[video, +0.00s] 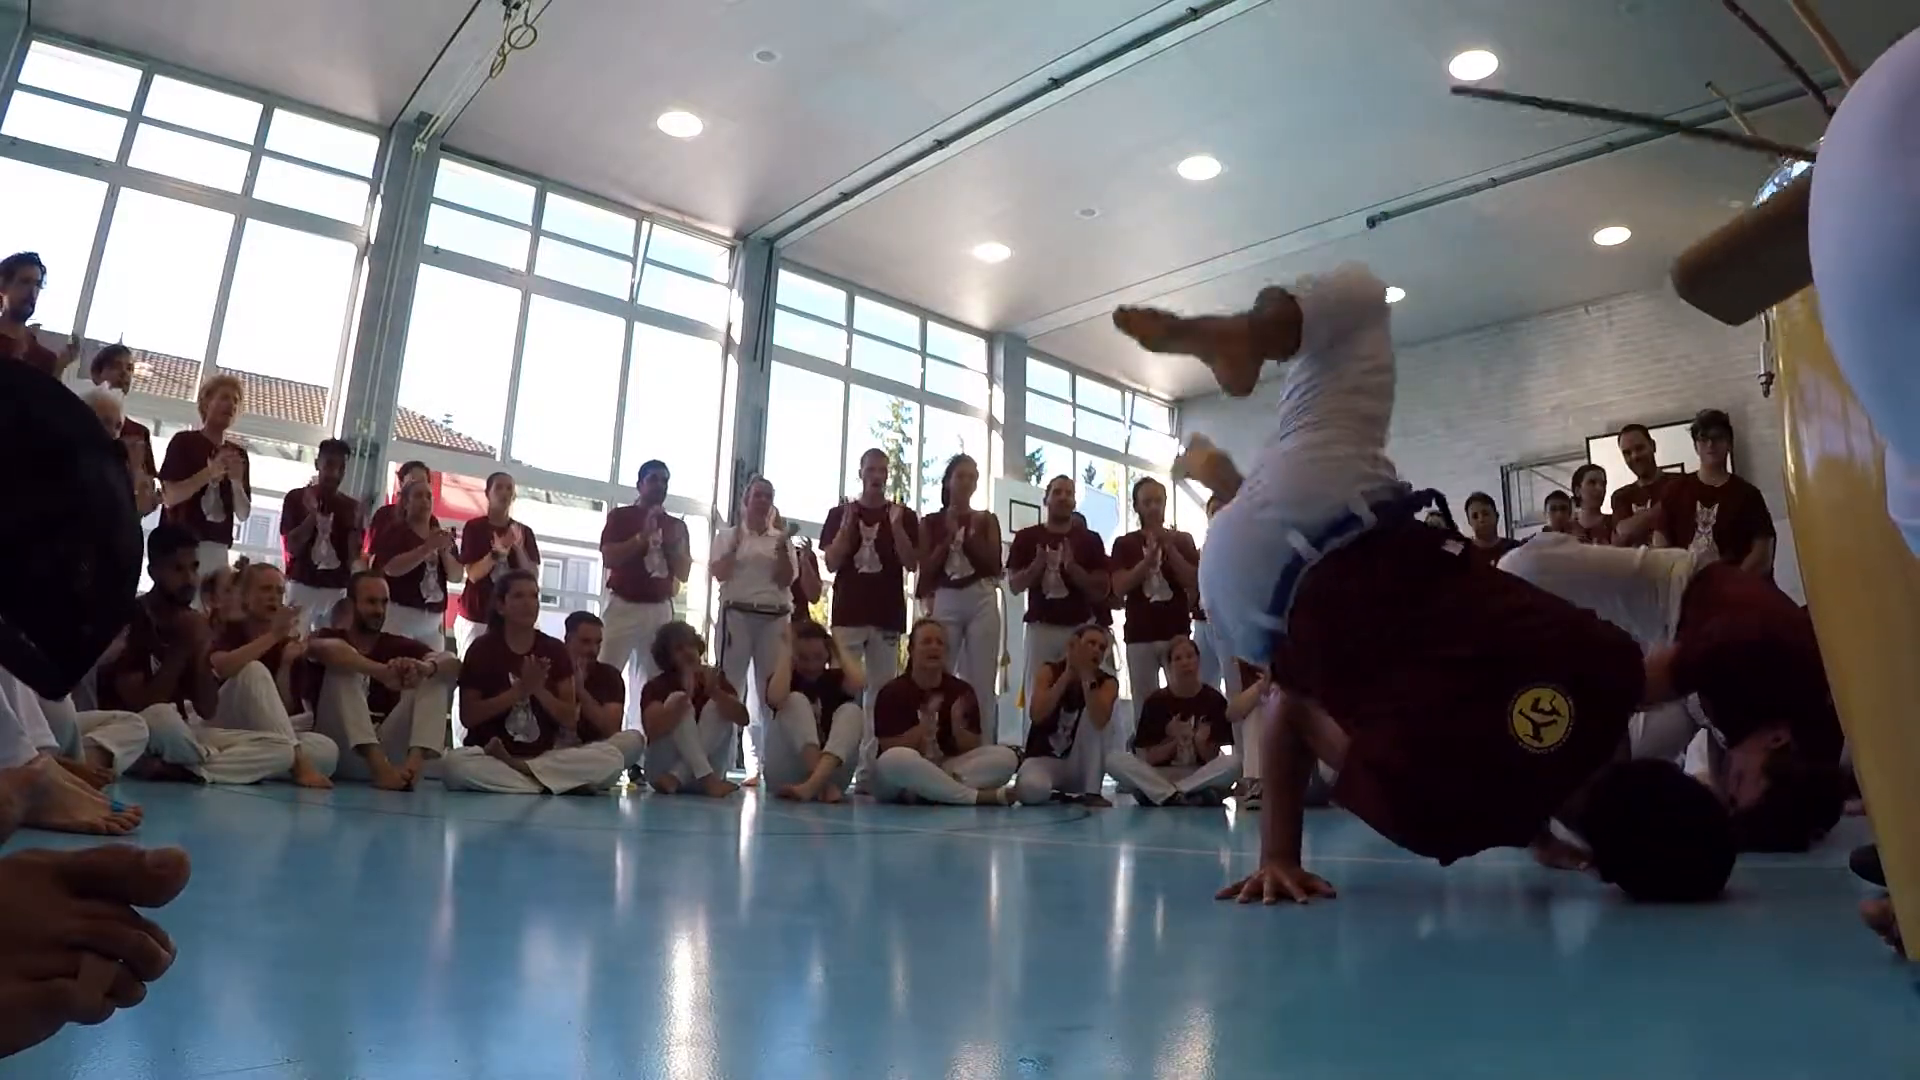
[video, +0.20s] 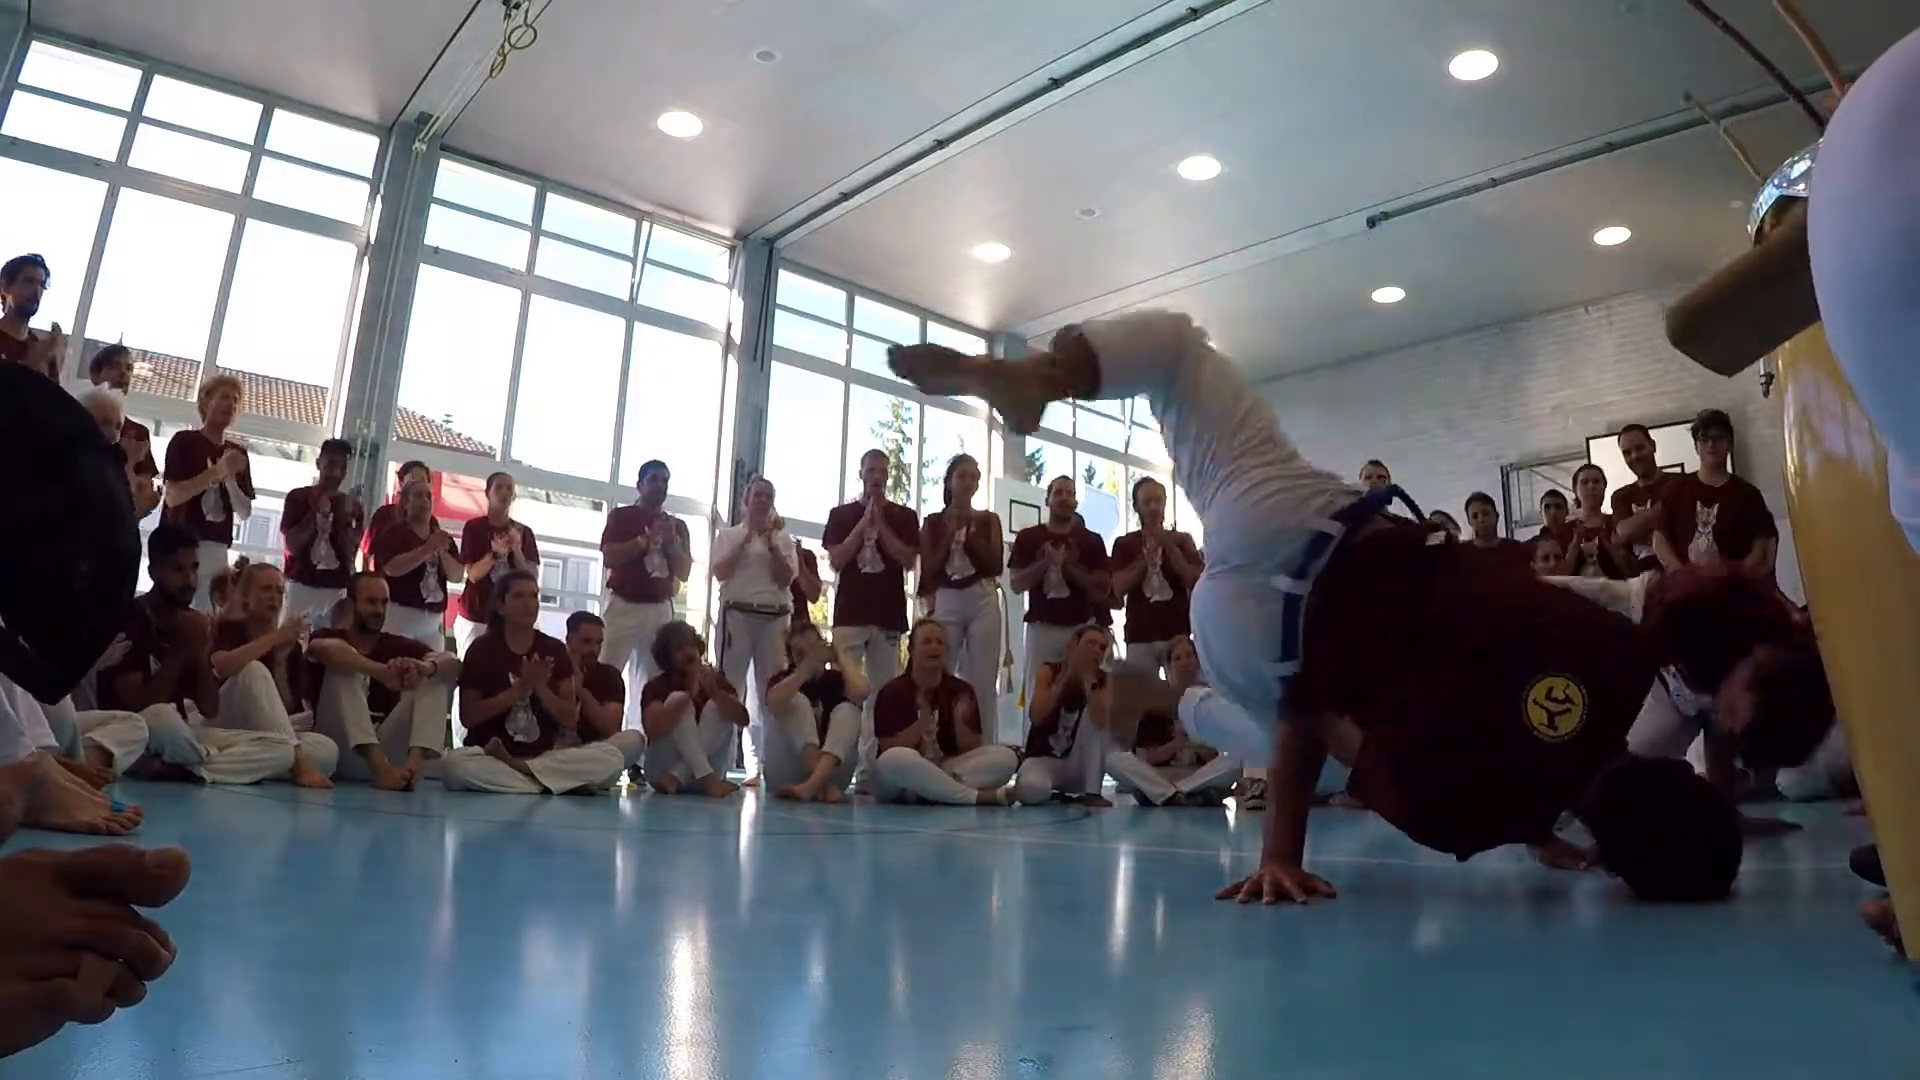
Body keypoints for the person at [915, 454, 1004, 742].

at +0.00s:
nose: (967, 482)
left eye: (972, 477)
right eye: (961, 476)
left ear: (978, 483)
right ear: (948, 480)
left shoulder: (987, 520)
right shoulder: (931, 522)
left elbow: (993, 567)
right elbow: (926, 569)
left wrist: (969, 541)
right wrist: (947, 541)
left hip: (981, 596)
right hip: (945, 597)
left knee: (982, 678)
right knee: (942, 675)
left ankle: (984, 750)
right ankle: (939, 748)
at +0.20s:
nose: (968, 481)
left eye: (974, 476)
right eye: (962, 475)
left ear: (979, 483)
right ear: (949, 480)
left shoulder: (989, 520)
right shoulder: (933, 522)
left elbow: (995, 567)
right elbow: (928, 571)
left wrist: (971, 539)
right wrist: (948, 539)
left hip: (983, 599)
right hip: (947, 599)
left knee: (983, 680)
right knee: (942, 676)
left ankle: (985, 752)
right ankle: (940, 751)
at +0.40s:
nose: (969, 484)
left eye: (974, 477)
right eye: (963, 477)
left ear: (981, 479)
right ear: (950, 480)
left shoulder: (990, 518)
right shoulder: (938, 519)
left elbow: (996, 566)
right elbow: (927, 574)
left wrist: (972, 546)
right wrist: (947, 551)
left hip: (983, 596)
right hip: (947, 597)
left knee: (983, 674)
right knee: (943, 671)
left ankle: (984, 747)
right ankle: (941, 744)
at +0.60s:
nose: (969, 481)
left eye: (974, 476)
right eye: (963, 475)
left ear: (979, 482)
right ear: (949, 481)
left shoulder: (989, 521)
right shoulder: (932, 522)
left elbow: (992, 569)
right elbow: (925, 569)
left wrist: (969, 541)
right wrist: (948, 538)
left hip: (980, 610)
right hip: (940, 610)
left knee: (979, 690)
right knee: (938, 686)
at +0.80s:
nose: (966, 480)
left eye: (971, 476)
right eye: (960, 475)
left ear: (976, 482)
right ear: (948, 480)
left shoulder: (988, 521)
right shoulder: (930, 520)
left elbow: (991, 566)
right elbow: (924, 569)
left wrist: (966, 542)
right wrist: (946, 543)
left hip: (979, 594)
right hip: (943, 595)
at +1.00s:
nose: (962, 480)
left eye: (968, 475)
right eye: (956, 475)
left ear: (973, 482)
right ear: (944, 480)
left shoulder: (984, 520)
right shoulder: (927, 520)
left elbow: (987, 562)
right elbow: (920, 565)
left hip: (973, 593)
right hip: (940, 593)